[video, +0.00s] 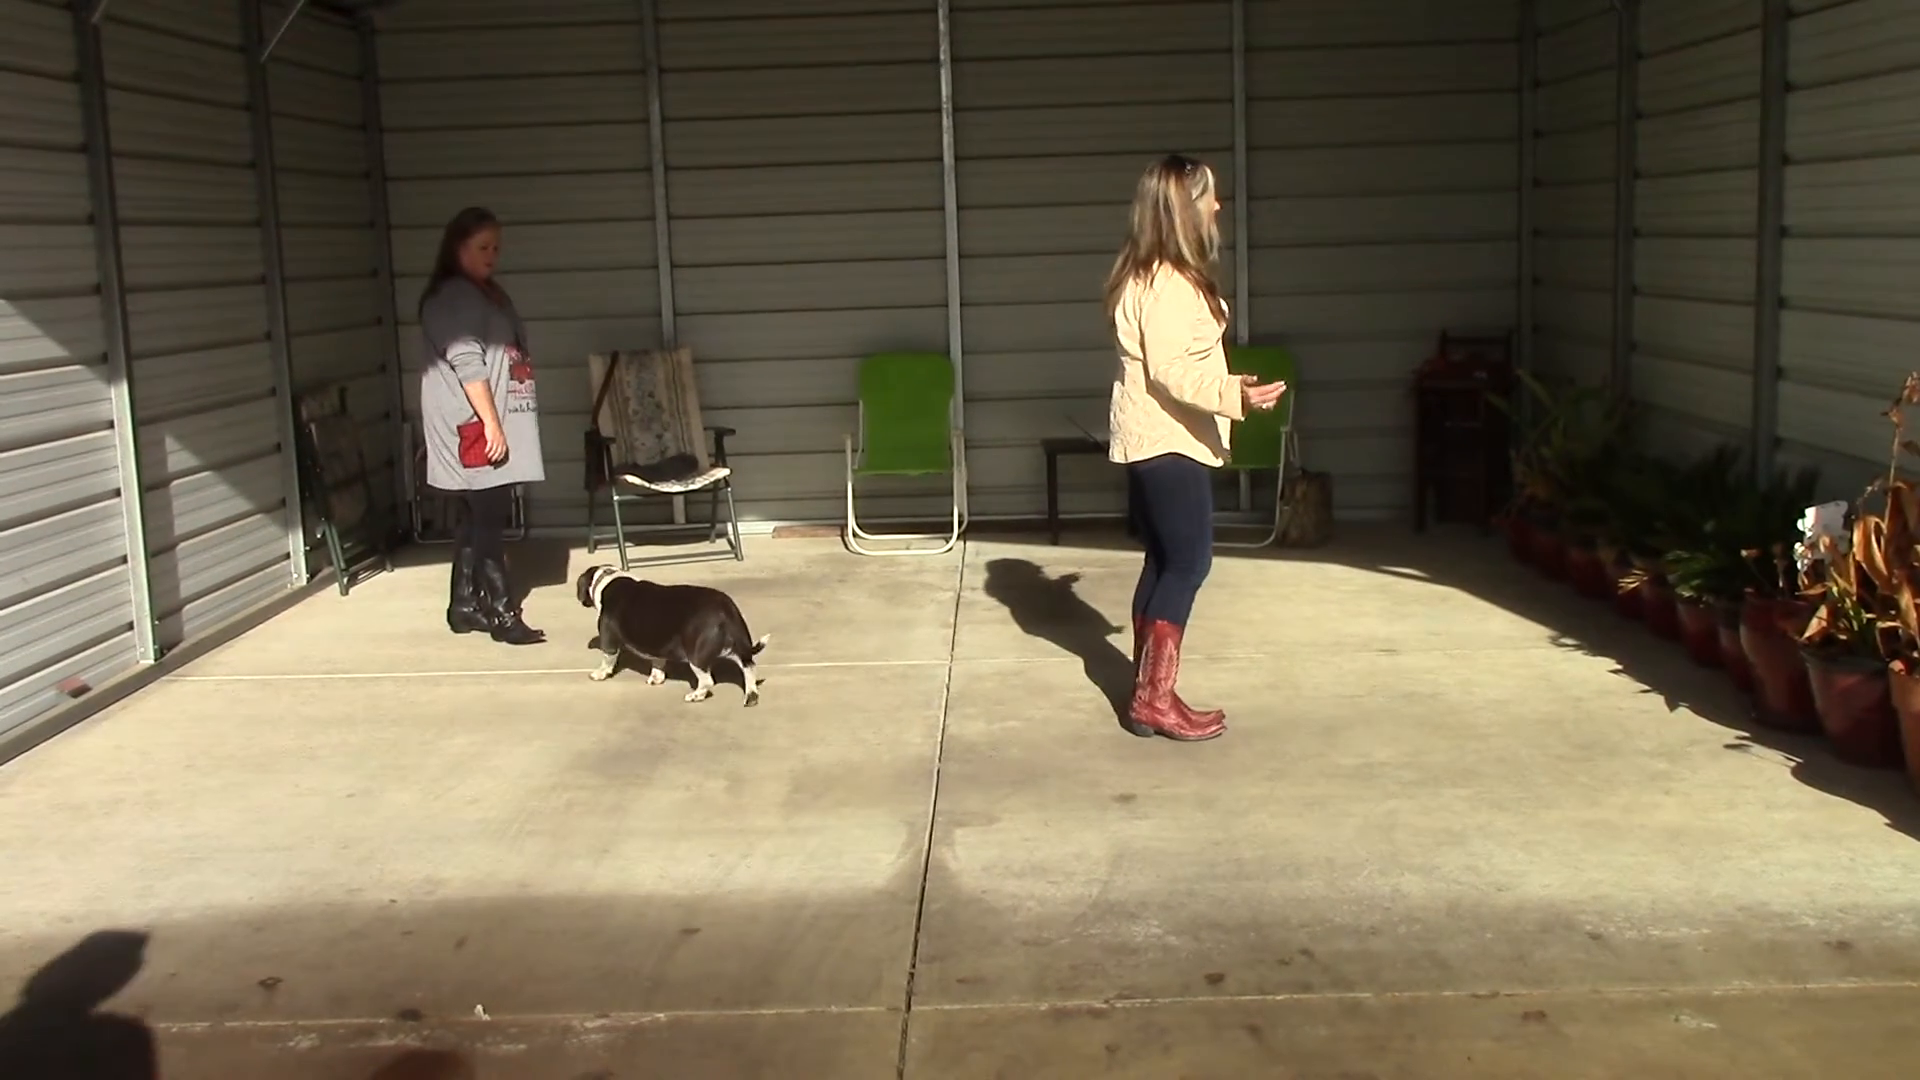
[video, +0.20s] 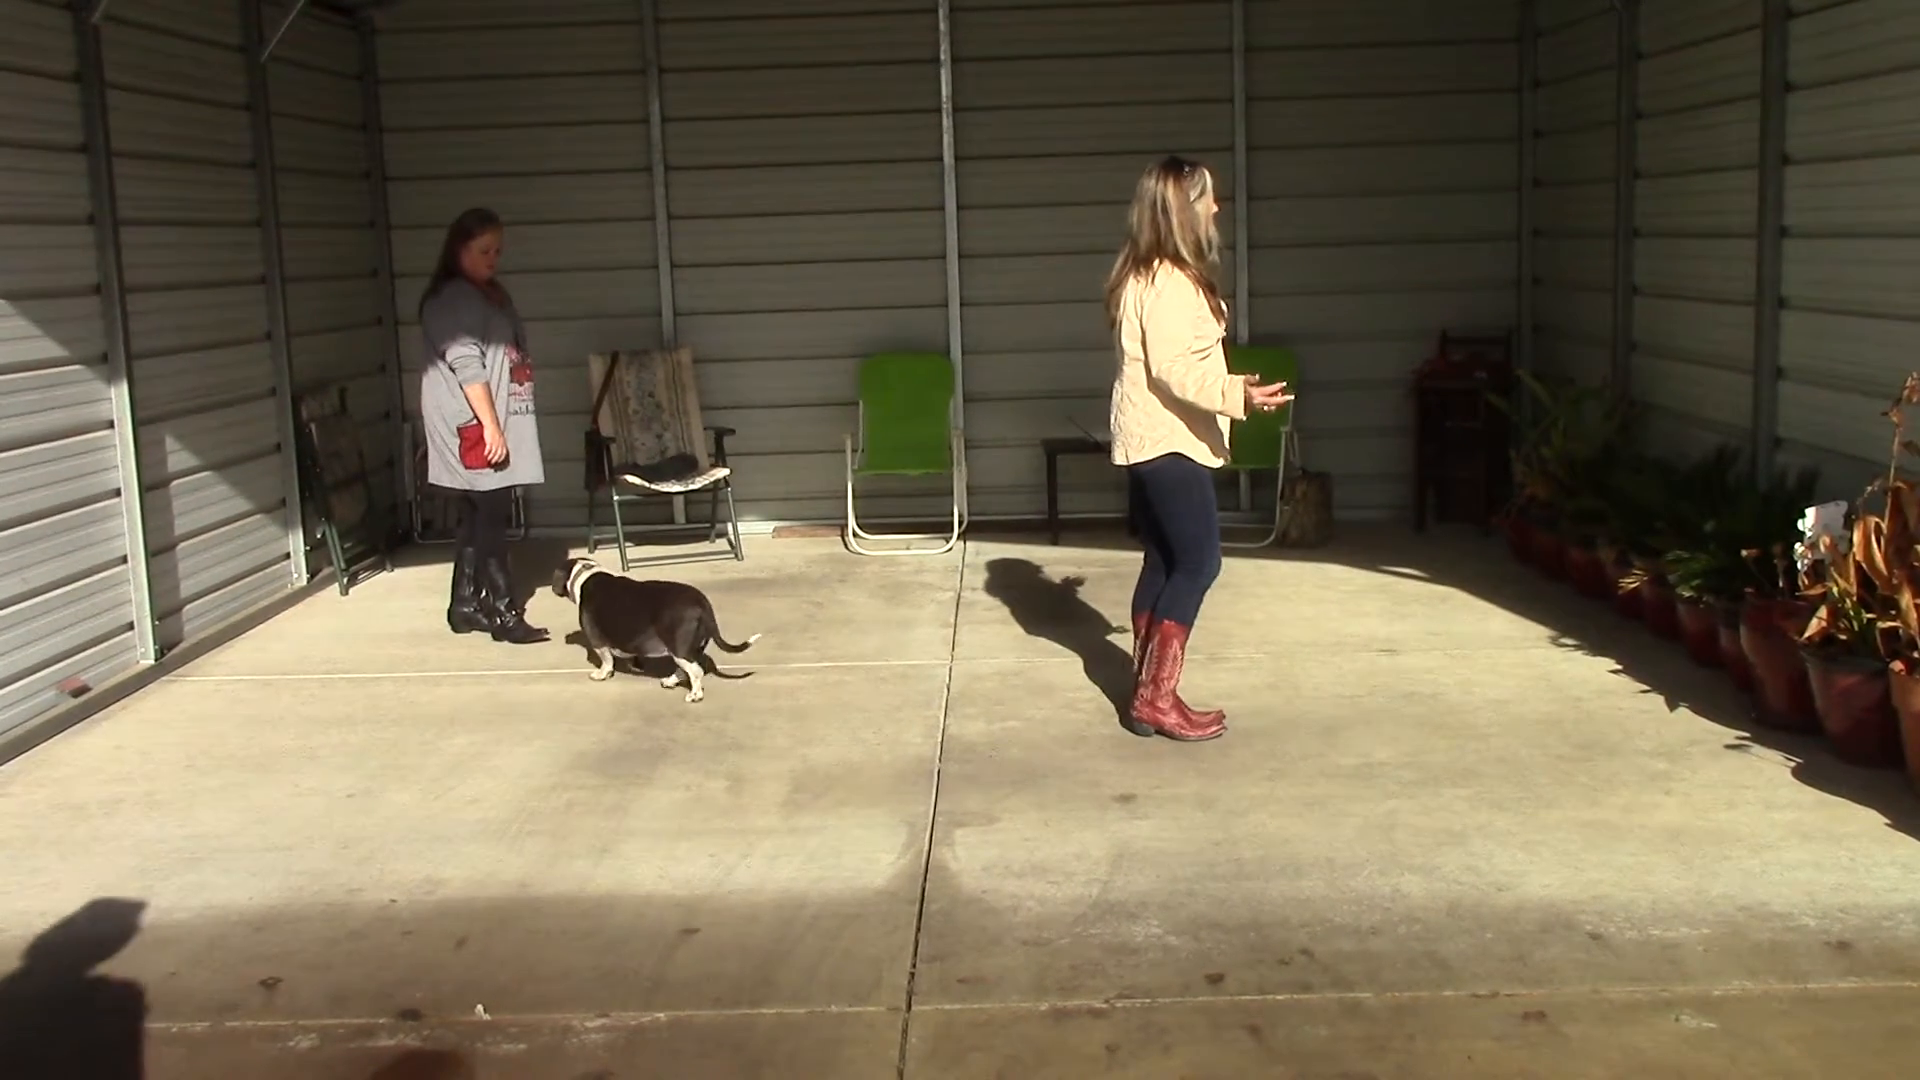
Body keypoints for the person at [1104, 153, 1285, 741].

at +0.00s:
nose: (1219, 210)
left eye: (1216, 200)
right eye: (1211, 201)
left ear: (1164, 209)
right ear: (1186, 210)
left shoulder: (1148, 276)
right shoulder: (1167, 282)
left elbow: (1172, 366)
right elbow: (1174, 371)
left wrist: (1230, 384)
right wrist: (1236, 396)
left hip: (1150, 442)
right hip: (1171, 443)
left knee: (1164, 559)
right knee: (1188, 562)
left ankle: (1149, 691)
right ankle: (1156, 698)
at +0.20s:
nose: (1218, 210)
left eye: (1215, 200)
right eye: (1210, 201)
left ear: (1166, 209)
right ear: (1184, 210)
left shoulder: (1146, 276)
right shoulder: (1168, 281)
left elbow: (1174, 366)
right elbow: (1177, 369)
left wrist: (1235, 386)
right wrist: (1239, 395)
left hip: (1147, 444)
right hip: (1170, 445)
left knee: (1163, 560)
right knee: (1199, 562)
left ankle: (1148, 692)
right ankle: (1157, 698)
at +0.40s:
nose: (1217, 209)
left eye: (1214, 198)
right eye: (1210, 199)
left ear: (1165, 206)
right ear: (1185, 207)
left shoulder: (1145, 272)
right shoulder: (1174, 273)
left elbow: (1167, 363)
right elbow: (1181, 361)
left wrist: (1237, 377)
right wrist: (1243, 386)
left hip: (1144, 440)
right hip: (1171, 441)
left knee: (1161, 559)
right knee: (1195, 560)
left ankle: (1148, 691)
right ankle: (1156, 698)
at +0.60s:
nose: (1218, 207)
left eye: (1214, 196)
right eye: (1210, 197)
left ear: (1167, 204)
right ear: (1184, 204)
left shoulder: (1145, 269)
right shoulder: (1176, 270)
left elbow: (1166, 359)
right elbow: (1181, 357)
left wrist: (1234, 377)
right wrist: (1242, 383)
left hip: (1142, 437)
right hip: (1169, 438)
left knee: (1159, 558)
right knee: (1186, 560)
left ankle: (1150, 692)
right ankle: (1155, 699)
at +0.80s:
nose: (1219, 204)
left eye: (1216, 194)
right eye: (1211, 194)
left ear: (1169, 203)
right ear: (1186, 204)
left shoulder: (1148, 272)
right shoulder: (1171, 274)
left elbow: (1174, 364)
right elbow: (1180, 364)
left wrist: (1233, 386)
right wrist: (1237, 396)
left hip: (1148, 438)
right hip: (1169, 439)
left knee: (1159, 559)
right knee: (1180, 560)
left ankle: (1149, 693)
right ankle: (1155, 699)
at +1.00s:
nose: (1220, 205)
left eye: (1217, 195)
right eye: (1211, 196)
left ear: (1169, 204)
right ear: (1186, 205)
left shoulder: (1151, 272)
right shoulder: (1169, 277)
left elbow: (1178, 364)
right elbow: (1176, 366)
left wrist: (1233, 391)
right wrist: (1233, 400)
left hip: (1150, 438)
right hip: (1169, 440)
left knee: (1159, 559)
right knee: (1181, 561)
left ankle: (1148, 693)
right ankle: (1155, 699)